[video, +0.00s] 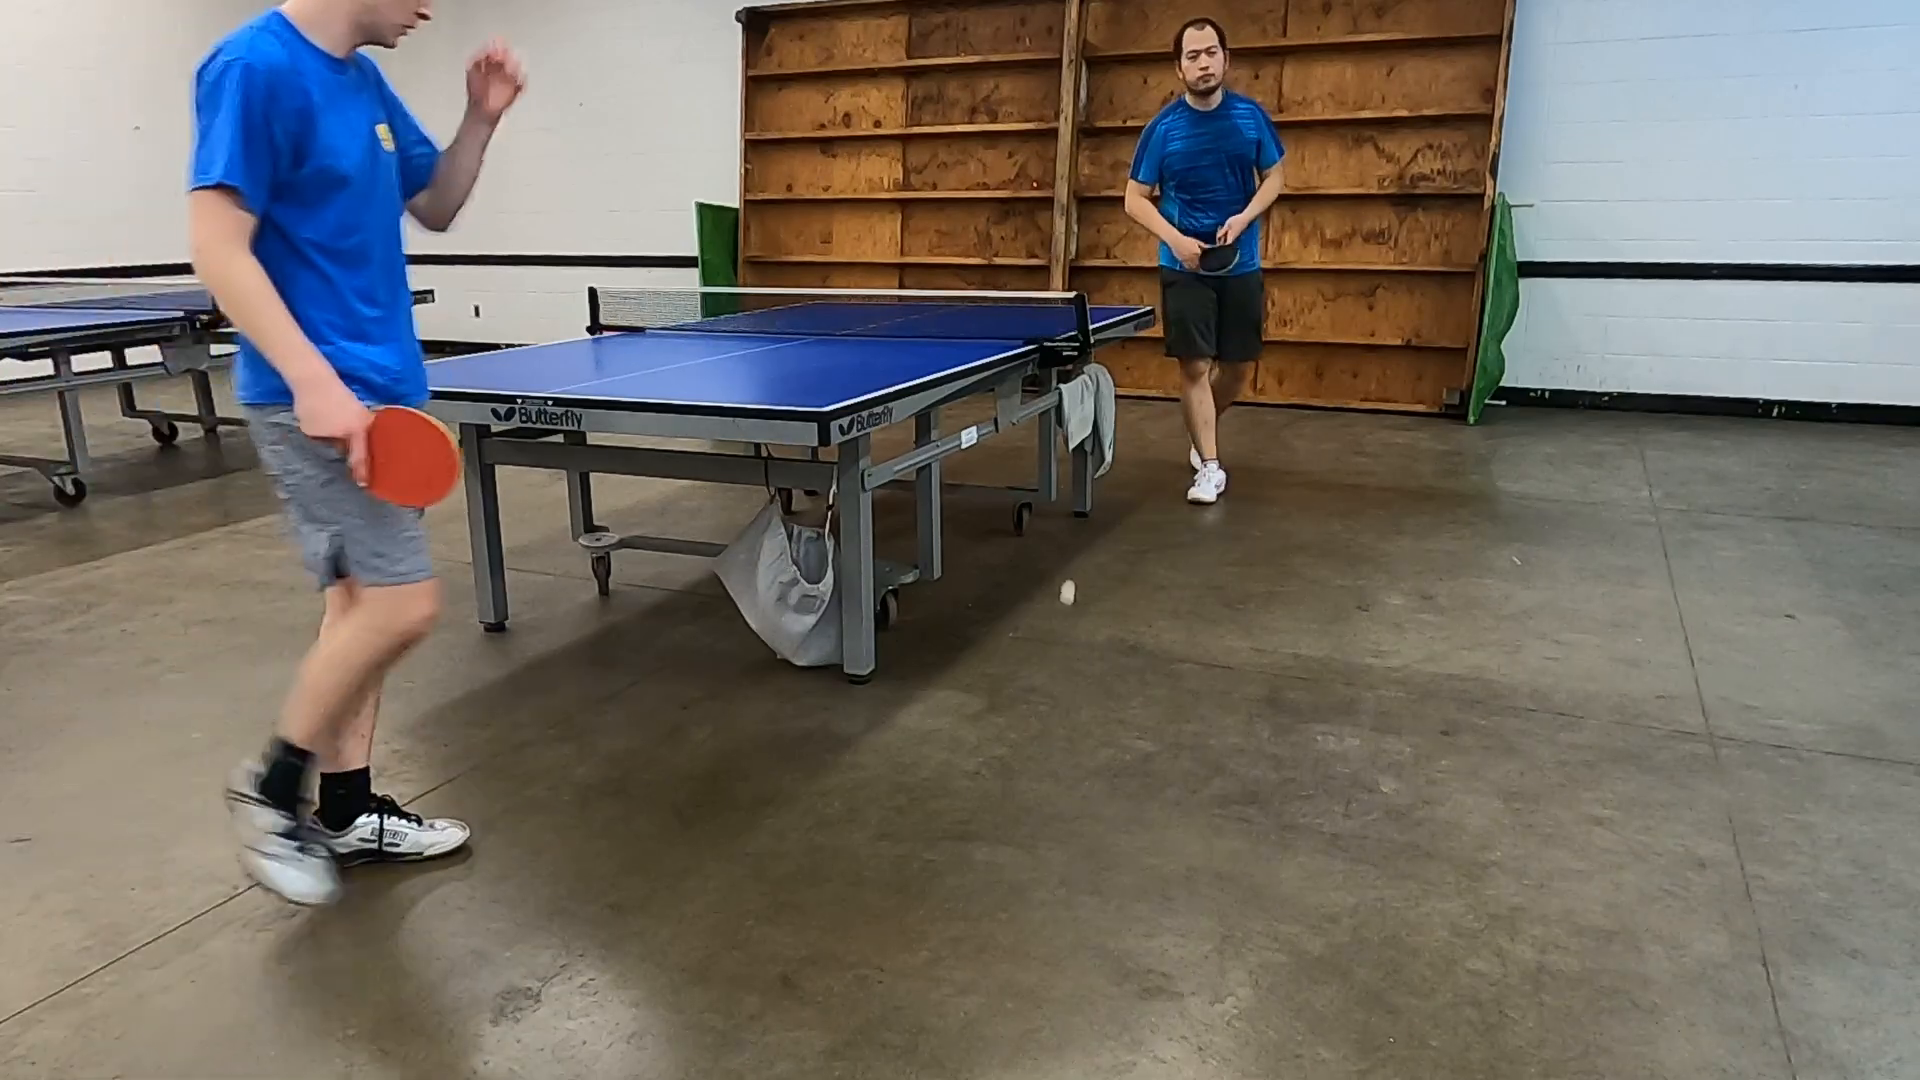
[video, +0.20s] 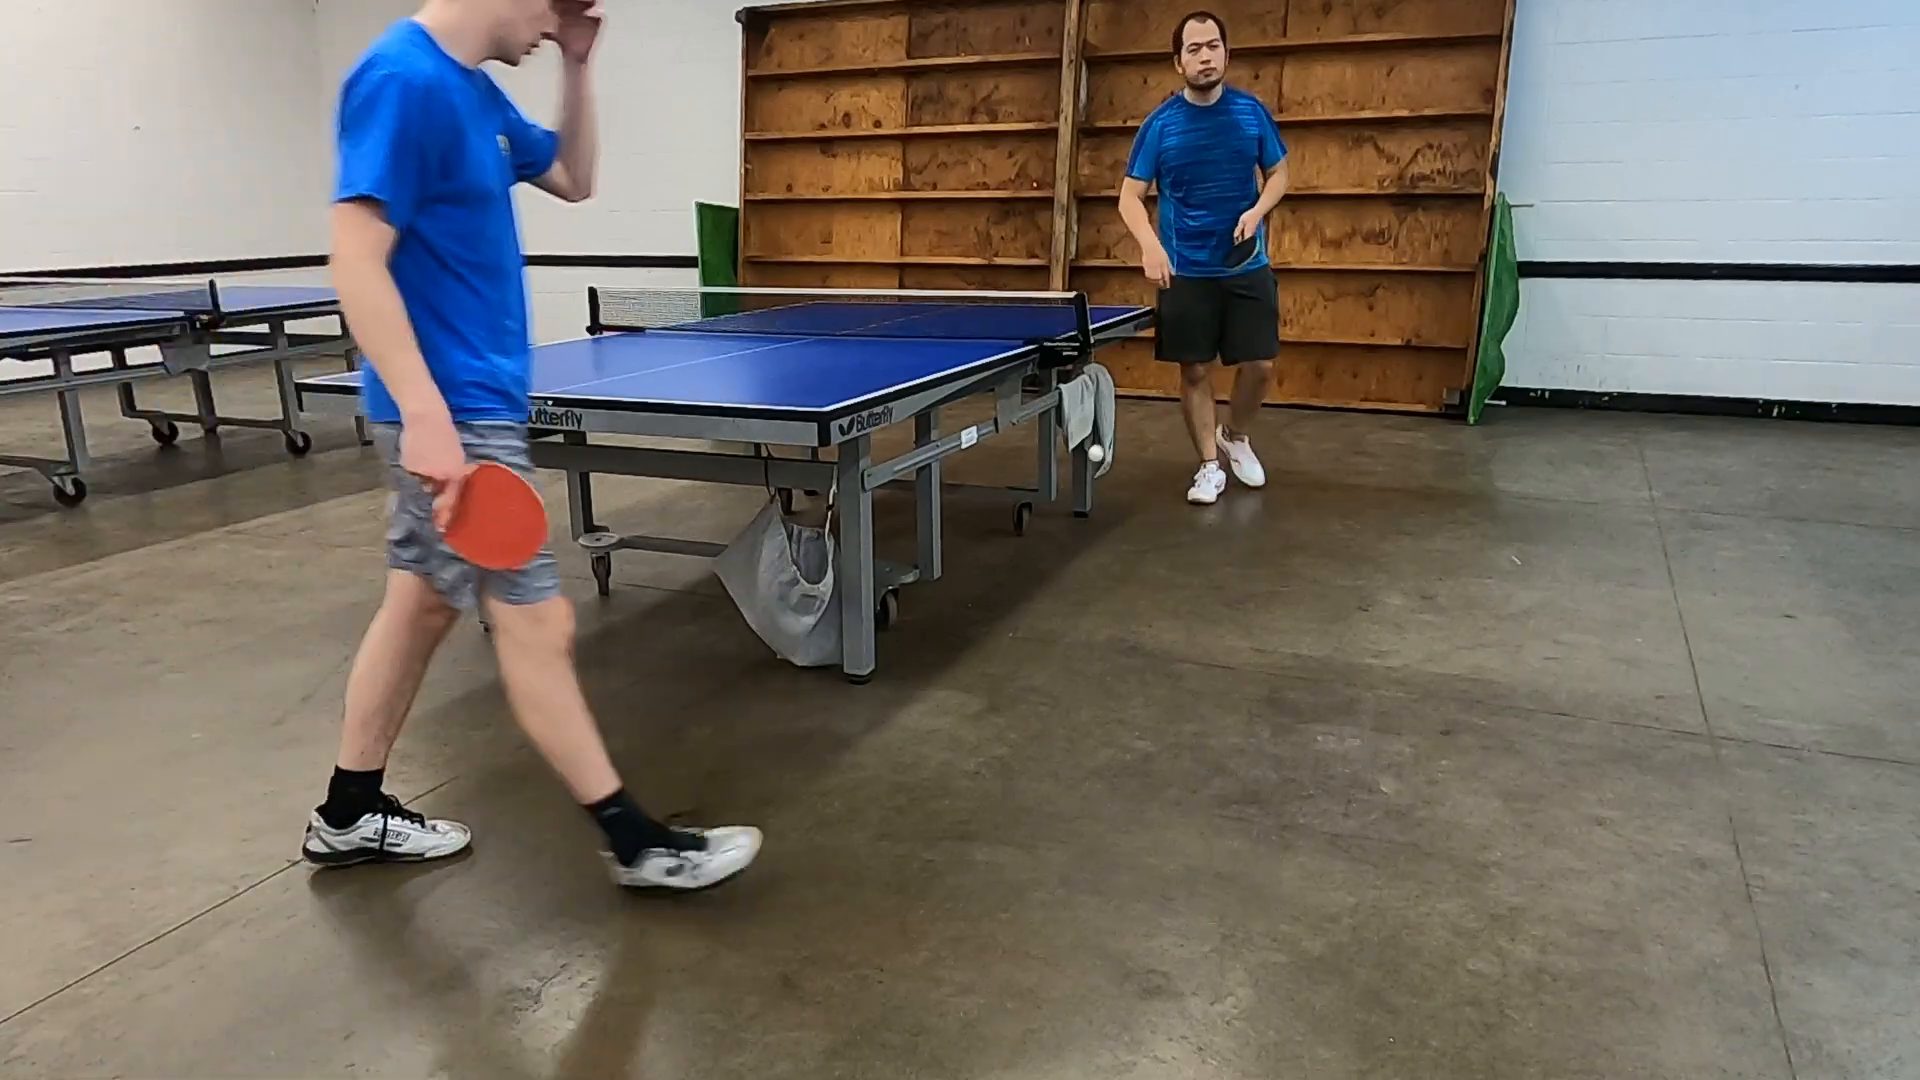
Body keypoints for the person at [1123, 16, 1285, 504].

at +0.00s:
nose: (1203, 63)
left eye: (1211, 53)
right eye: (1193, 56)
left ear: (1225, 59)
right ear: (1179, 66)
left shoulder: (1250, 115)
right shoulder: (1162, 128)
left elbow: (1275, 176)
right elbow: (1134, 199)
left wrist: (1244, 217)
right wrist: (1176, 239)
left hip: (1242, 264)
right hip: (1184, 265)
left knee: (1237, 367)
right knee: (1195, 366)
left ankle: (1201, 433)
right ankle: (1209, 468)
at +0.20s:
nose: (1205, 56)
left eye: (1212, 47)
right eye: (1193, 49)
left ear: (1226, 54)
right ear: (1179, 62)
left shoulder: (1251, 111)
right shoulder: (1160, 123)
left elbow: (1278, 172)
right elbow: (1129, 196)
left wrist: (1258, 210)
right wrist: (1150, 247)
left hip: (1248, 267)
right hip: (1186, 271)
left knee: (1258, 366)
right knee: (1195, 372)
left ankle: (1233, 436)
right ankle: (1209, 465)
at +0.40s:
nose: (1204, 55)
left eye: (1213, 46)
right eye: (1193, 48)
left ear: (1227, 53)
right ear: (1179, 60)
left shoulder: (1253, 110)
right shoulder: (1160, 123)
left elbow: (1280, 175)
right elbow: (1132, 194)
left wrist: (1260, 215)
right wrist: (1129, 250)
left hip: (1245, 267)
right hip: (1182, 273)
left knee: (1254, 371)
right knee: (1195, 377)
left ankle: (1260, 480)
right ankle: (1209, 468)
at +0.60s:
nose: (1206, 68)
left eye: (1216, 56)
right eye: (1195, 59)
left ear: (1233, 60)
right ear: (1181, 68)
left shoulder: (1263, 120)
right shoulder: (1163, 132)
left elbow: (1290, 186)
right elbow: (1135, 207)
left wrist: (1262, 235)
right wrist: (1113, 276)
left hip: (1243, 275)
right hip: (1180, 280)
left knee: (1237, 379)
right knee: (1193, 382)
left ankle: (1238, 488)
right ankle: (1209, 466)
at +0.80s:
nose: (1213, 90)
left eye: (1224, 78)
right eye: (1203, 78)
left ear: (1243, 75)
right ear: (1189, 76)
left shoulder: (1270, 134)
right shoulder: (1170, 129)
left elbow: (1291, 216)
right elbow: (1143, 209)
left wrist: (1256, 273)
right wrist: (1120, 291)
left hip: (1241, 285)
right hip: (1180, 285)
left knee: (1231, 395)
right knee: (1190, 389)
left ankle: (1227, 507)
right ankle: (1208, 463)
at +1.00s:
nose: (1209, 128)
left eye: (1222, 117)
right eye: (1199, 116)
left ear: (1241, 106)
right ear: (1183, 101)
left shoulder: (1264, 154)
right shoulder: (1167, 133)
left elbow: (1277, 251)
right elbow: (1140, 212)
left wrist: (1248, 329)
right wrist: (1120, 292)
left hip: (1239, 292)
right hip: (1183, 283)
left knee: (1227, 397)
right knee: (1190, 381)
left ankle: (1226, 509)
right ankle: (1211, 454)